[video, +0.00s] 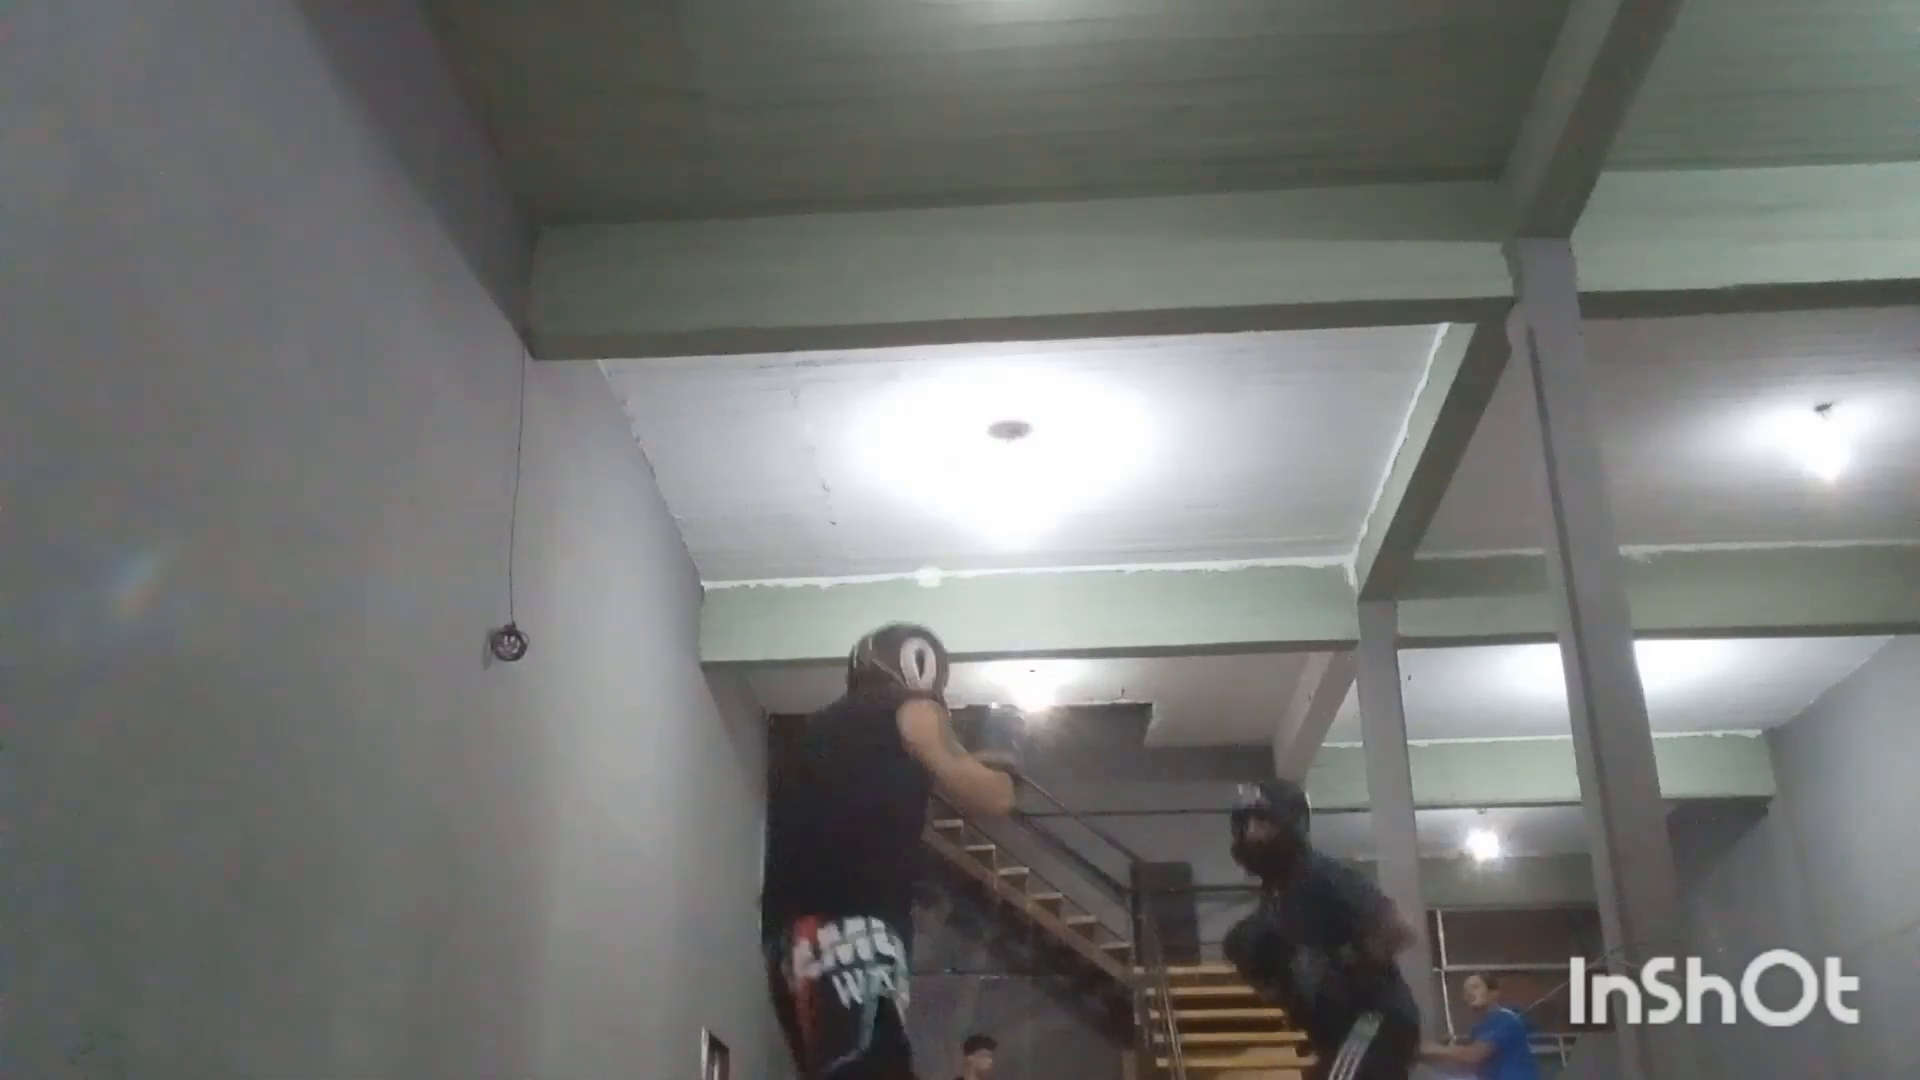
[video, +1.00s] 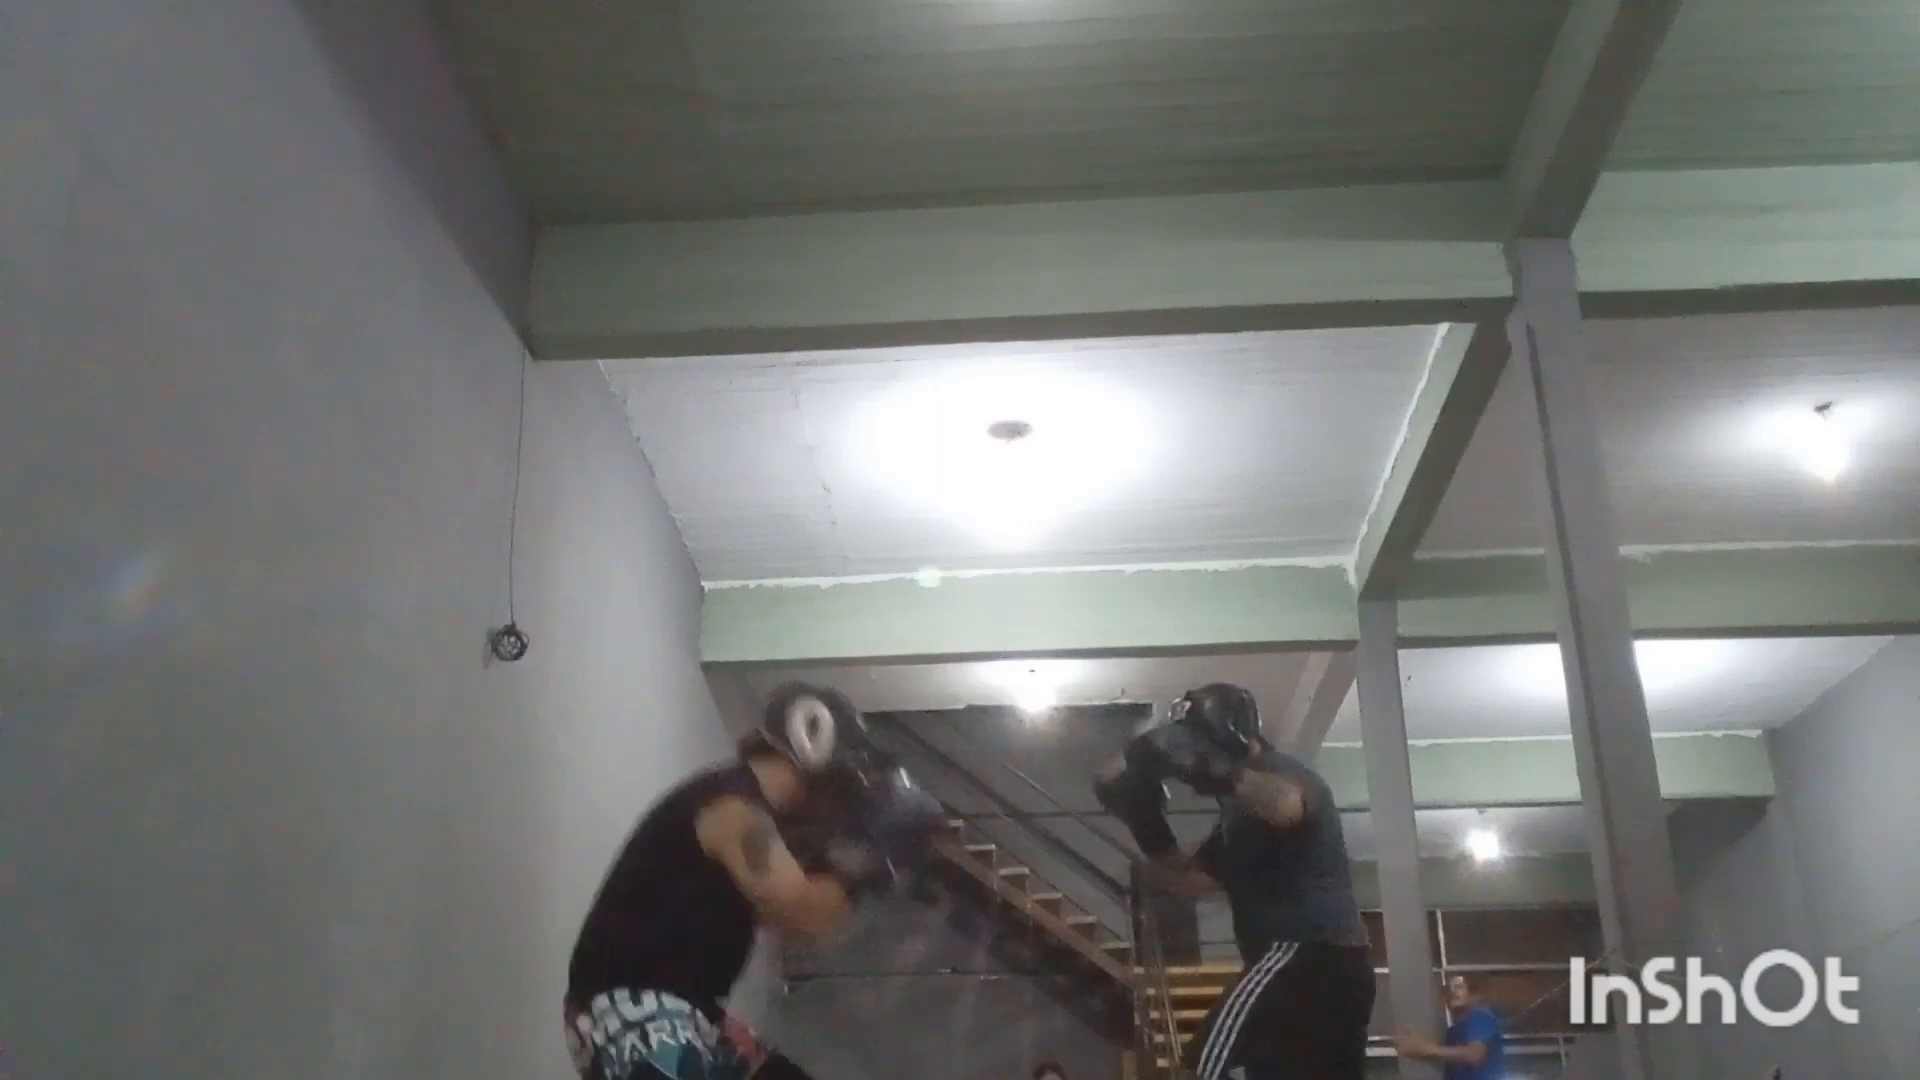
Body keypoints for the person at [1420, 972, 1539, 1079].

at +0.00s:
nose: (1470, 993)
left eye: (1476, 987)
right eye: (1467, 989)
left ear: (1494, 992)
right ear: (1464, 996)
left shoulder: (1506, 1019)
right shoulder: (1479, 1026)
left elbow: (1475, 1055)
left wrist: (1432, 1050)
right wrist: (1454, 1049)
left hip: (1515, 1076)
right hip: (1492, 1076)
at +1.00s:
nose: (1453, 992)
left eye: (1458, 987)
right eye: (1450, 989)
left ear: (1471, 990)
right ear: (1446, 994)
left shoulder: (1480, 1017)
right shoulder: (1457, 1024)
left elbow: (1475, 1054)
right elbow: (1449, 1055)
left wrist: (1424, 1049)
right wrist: (1416, 1046)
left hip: (1480, 1075)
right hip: (1459, 1075)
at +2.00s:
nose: (1451, 994)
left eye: (1456, 989)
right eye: (1447, 991)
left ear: (1466, 992)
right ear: (1443, 996)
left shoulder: (1479, 1018)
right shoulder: (1453, 1029)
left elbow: (1475, 1056)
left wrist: (1426, 1049)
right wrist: (1419, 1048)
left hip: (1483, 1075)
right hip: (1459, 1075)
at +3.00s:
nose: (1459, 997)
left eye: (1463, 990)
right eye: (1452, 993)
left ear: (1471, 994)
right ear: (1445, 1000)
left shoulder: (1480, 1016)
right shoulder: (1455, 1028)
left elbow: (1477, 1054)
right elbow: (1449, 1056)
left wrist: (1425, 1050)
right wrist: (1417, 1049)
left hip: (1484, 1075)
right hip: (1459, 1076)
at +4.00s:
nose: (1458, 997)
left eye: (1462, 991)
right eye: (1451, 994)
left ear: (1471, 995)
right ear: (1445, 1002)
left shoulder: (1481, 1017)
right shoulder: (1453, 1031)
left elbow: (1477, 1055)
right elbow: (1446, 1054)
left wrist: (1427, 1050)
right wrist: (1418, 1046)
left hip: (1485, 1075)